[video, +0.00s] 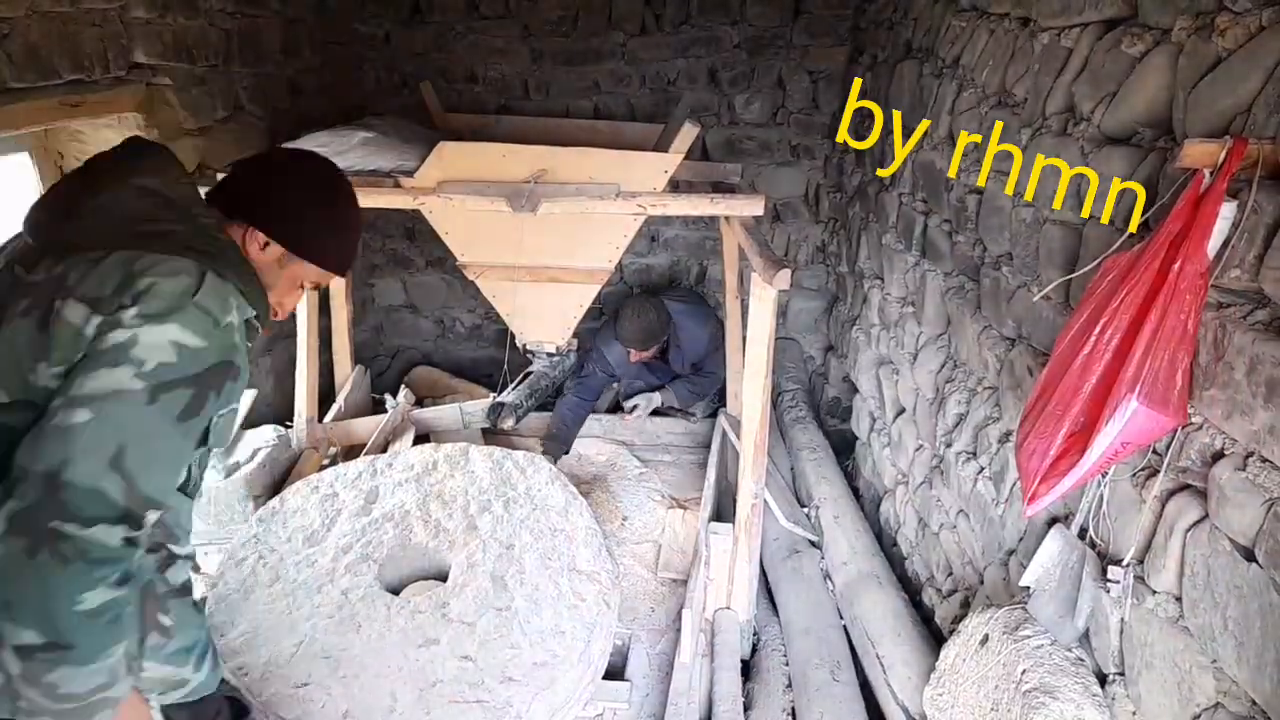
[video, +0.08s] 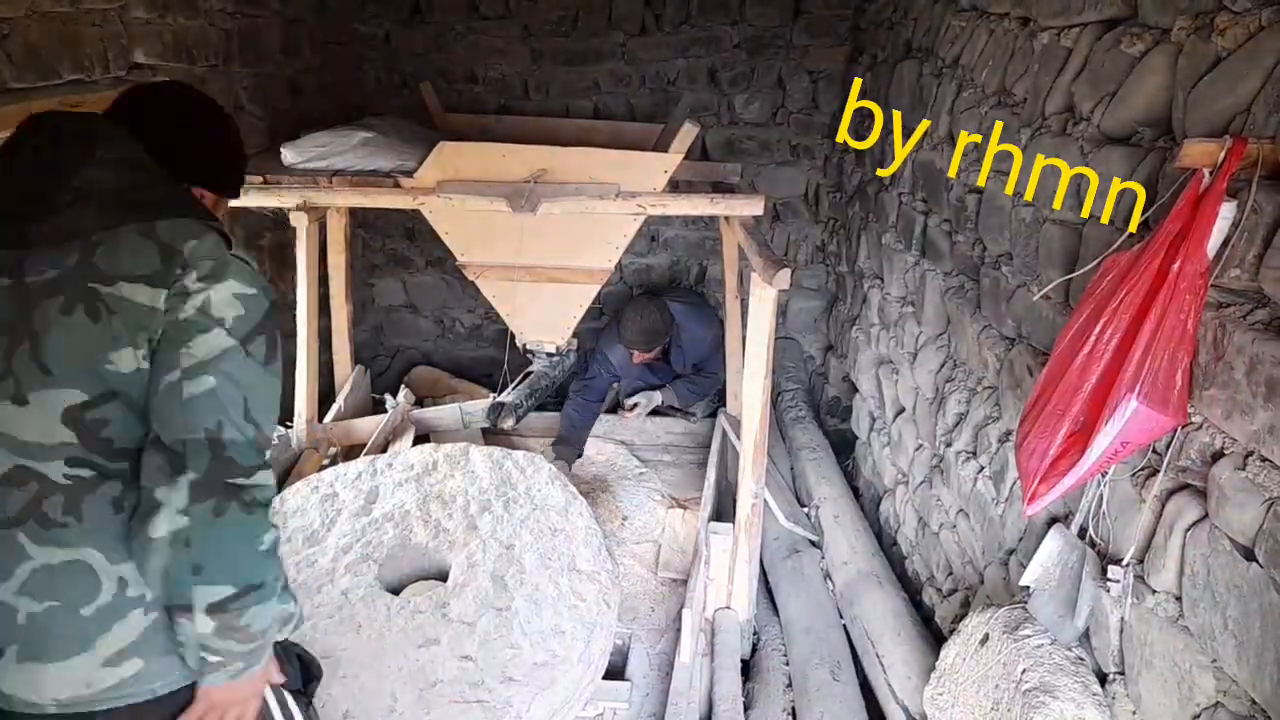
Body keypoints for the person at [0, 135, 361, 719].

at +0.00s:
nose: (289, 309)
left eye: (307, 291)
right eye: (299, 284)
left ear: (254, 237)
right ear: (257, 241)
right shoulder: (193, 303)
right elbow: (67, 521)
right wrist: (96, 698)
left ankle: (199, 697)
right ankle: (203, 701)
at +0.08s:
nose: (224, 224)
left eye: (225, 213)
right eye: (225, 209)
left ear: (109, 153)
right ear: (203, 197)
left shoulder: (25, 227)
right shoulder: (199, 266)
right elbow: (207, 482)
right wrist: (234, 659)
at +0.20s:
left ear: (57, 117)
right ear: (197, 121)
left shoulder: (6, 256)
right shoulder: (269, 267)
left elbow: (12, 470)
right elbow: (335, 473)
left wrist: (9, 598)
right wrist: (336, 587)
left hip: (68, 654)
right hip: (240, 659)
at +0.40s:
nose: (246, 117)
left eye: (231, 91)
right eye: (220, 99)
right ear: (161, 139)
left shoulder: (20, 236)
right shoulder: (213, 270)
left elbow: (38, 441)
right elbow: (283, 476)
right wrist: (342, 598)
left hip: (107, 605)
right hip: (230, 625)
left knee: (156, 706)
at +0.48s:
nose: (245, 132)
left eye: (232, 101)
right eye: (213, 104)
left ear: (131, 140)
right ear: (132, 137)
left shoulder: (39, 222)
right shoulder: (164, 263)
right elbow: (226, 491)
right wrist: (318, 620)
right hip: (211, 641)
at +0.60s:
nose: (298, 201)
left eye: (300, 174)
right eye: (290, 172)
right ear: (225, 162)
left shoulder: (28, 248)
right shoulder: (217, 278)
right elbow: (253, 479)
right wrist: (292, 609)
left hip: (25, 641)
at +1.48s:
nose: (272, 163)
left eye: (275, 143)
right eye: (269, 143)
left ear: (138, 119)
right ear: (230, 147)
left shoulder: (24, 228)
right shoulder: (239, 280)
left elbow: (10, 432)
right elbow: (250, 512)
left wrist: (16, 576)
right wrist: (289, 664)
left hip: (64, 627)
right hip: (187, 652)